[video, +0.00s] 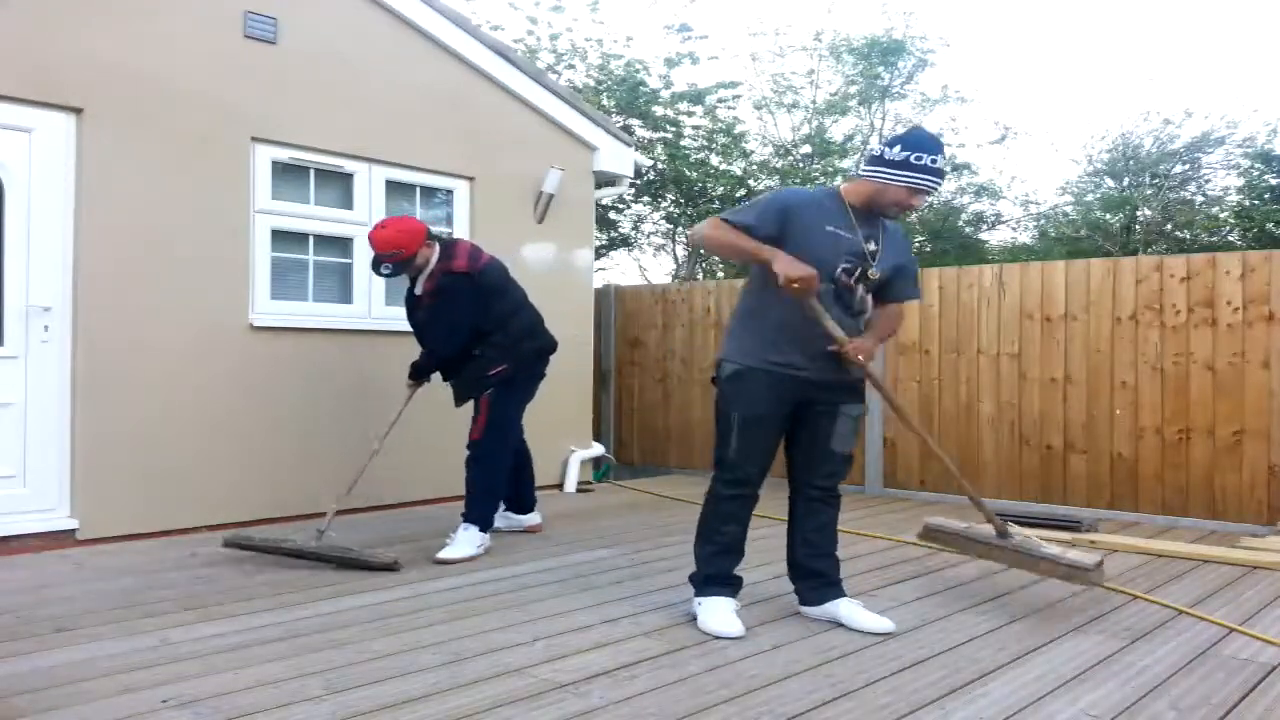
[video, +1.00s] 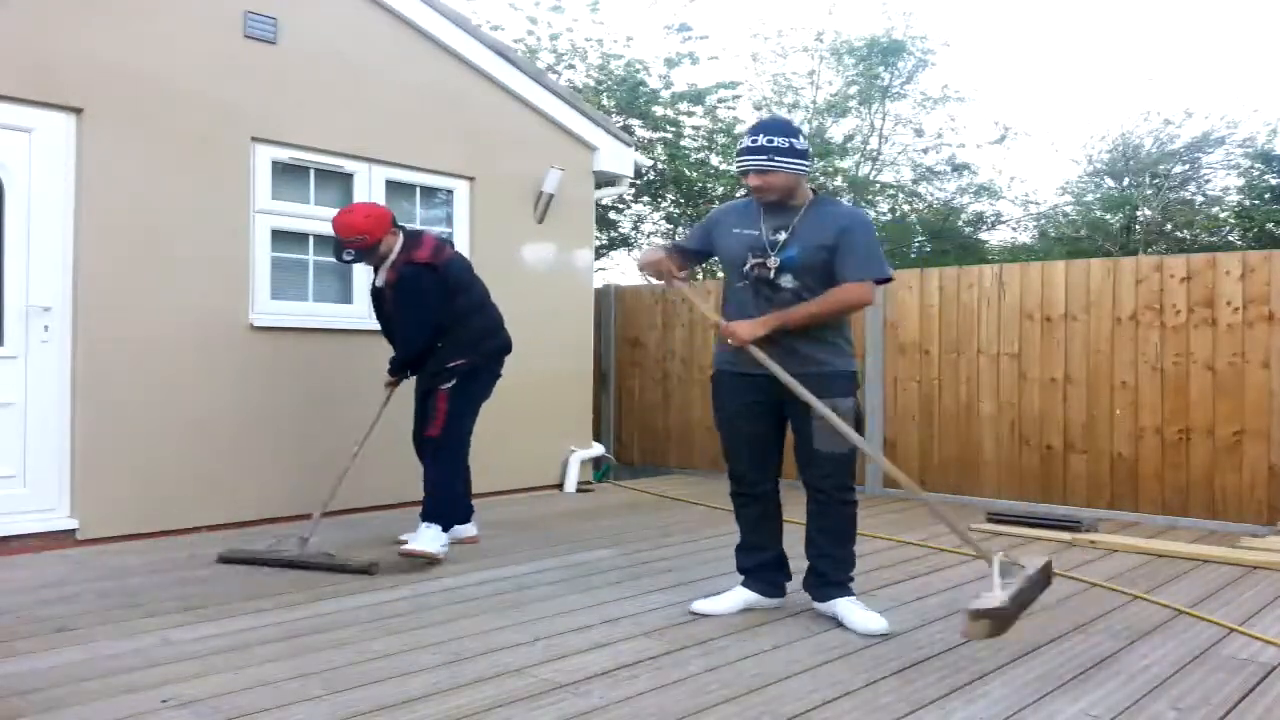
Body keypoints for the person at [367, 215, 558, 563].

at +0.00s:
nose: (399, 272)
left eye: (401, 265)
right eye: (395, 267)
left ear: (421, 250)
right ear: (424, 247)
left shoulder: (456, 277)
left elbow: (451, 341)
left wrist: (423, 367)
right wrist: (430, 360)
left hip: (512, 356)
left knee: (485, 440)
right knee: (505, 432)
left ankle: (475, 529)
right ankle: (521, 510)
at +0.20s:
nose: (391, 267)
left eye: (393, 259)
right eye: (387, 261)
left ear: (413, 243)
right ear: (416, 240)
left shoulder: (443, 275)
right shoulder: (442, 255)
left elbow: (427, 338)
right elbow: (431, 331)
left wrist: (387, 382)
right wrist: (394, 378)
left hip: (502, 357)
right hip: (511, 349)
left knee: (478, 442)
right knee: (498, 432)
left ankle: (473, 530)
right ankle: (516, 508)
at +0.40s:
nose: (386, 258)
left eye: (387, 250)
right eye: (380, 253)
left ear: (407, 235)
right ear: (409, 233)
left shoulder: (435, 270)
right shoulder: (437, 249)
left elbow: (406, 332)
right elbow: (413, 327)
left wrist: (362, 374)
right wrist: (374, 371)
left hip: (495, 356)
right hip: (480, 354)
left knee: (471, 439)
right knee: (473, 435)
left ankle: (473, 530)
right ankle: (506, 508)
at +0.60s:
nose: (377, 252)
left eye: (378, 244)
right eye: (373, 246)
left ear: (399, 229)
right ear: (397, 230)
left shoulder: (432, 259)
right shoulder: (410, 257)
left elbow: (413, 321)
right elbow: (410, 319)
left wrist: (375, 363)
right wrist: (385, 357)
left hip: (488, 358)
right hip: (454, 364)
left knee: (469, 441)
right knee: (441, 441)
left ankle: (474, 529)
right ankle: (450, 519)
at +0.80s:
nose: (369, 255)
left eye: (372, 246)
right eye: (366, 249)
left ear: (392, 233)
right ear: (389, 234)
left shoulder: (427, 261)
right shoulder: (394, 267)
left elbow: (421, 330)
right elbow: (390, 320)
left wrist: (394, 364)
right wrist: (396, 355)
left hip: (477, 354)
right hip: (441, 359)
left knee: (447, 437)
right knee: (428, 438)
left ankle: (468, 525)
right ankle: (449, 517)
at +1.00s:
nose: (362, 259)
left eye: (365, 252)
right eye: (358, 254)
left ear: (385, 238)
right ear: (385, 236)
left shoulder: (416, 269)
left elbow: (419, 336)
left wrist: (399, 367)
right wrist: (406, 358)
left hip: (469, 352)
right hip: (441, 355)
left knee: (440, 437)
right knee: (434, 437)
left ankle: (435, 529)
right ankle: (460, 520)